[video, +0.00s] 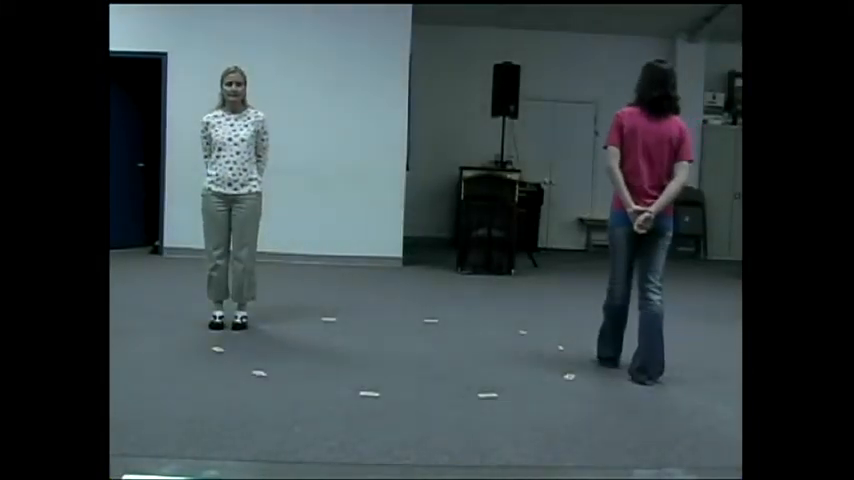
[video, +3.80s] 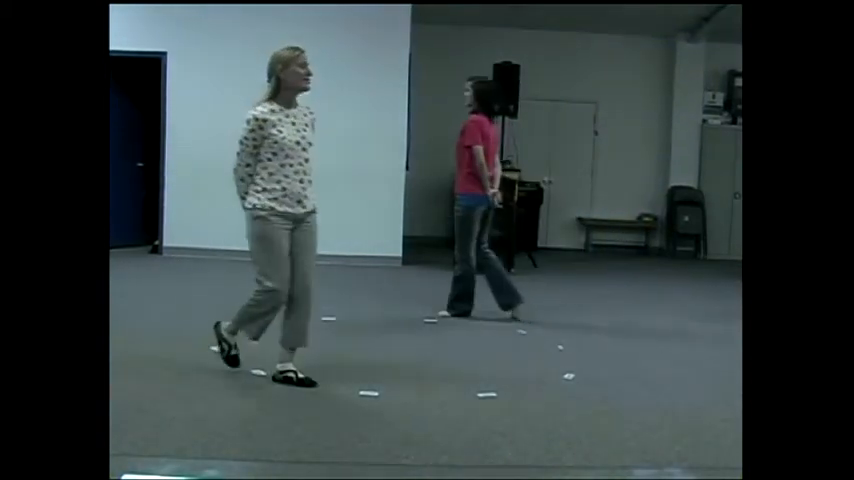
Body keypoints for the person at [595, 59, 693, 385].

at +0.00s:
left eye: (645, 82)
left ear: (641, 86)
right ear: (672, 90)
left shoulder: (624, 118)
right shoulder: (679, 127)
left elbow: (613, 163)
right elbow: (680, 178)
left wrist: (630, 206)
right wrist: (653, 211)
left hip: (625, 213)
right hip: (660, 216)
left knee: (618, 289)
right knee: (652, 291)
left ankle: (608, 353)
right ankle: (648, 369)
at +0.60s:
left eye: (608, 85)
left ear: (606, 88)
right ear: (634, 90)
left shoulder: (594, 120)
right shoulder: (644, 126)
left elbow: (588, 163)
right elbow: (649, 173)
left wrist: (606, 201)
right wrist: (628, 207)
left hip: (600, 208)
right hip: (631, 210)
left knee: (606, 276)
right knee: (614, 273)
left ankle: (606, 351)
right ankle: (611, 341)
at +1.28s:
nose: (577, 97)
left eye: (579, 92)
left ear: (579, 95)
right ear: (605, 96)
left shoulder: (572, 125)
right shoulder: (616, 128)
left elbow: (571, 168)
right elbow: (622, 170)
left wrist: (588, 201)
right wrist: (607, 202)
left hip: (579, 207)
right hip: (608, 207)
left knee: (571, 265)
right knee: (603, 271)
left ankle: (574, 325)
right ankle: (595, 331)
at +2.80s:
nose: (548, 96)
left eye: (551, 92)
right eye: (550, 91)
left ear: (558, 97)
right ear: (574, 98)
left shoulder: (552, 121)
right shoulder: (583, 126)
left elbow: (558, 158)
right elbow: (592, 164)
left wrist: (576, 189)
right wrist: (588, 191)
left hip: (559, 198)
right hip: (577, 198)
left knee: (571, 260)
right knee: (555, 256)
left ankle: (581, 322)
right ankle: (549, 314)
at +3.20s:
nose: (525, 101)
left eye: (527, 97)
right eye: (527, 96)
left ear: (531, 101)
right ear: (549, 102)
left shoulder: (528, 126)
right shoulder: (551, 130)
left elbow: (535, 164)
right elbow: (558, 166)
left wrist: (547, 194)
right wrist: (557, 195)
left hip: (529, 201)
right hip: (547, 202)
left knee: (520, 254)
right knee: (529, 254)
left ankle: (554, 302)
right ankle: (528, 312)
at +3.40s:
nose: (502, 96)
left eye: (506, 92)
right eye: (503, 92)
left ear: (516, 97)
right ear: (524, 99)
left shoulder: (515, 124)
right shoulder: (531, 127)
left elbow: (522, 160)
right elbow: (538, 163)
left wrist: (533, 190)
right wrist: (540, 190)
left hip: (513, 198)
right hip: (530, 199)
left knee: (491, 246)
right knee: (523, 251)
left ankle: (505, 304)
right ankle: (528, 310)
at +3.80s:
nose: (465, 95)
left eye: (469, 92)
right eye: (466, 91)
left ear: (478, 97)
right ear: (487, 99)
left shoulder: (473, 123)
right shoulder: (490, 125)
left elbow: (480, 158)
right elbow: (496, 162)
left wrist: (489, 187)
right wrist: (495, 188)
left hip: (469, 197)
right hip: (486, 196)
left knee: (464, 255)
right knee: (482, 249)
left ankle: (459, 307)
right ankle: (511, 299)